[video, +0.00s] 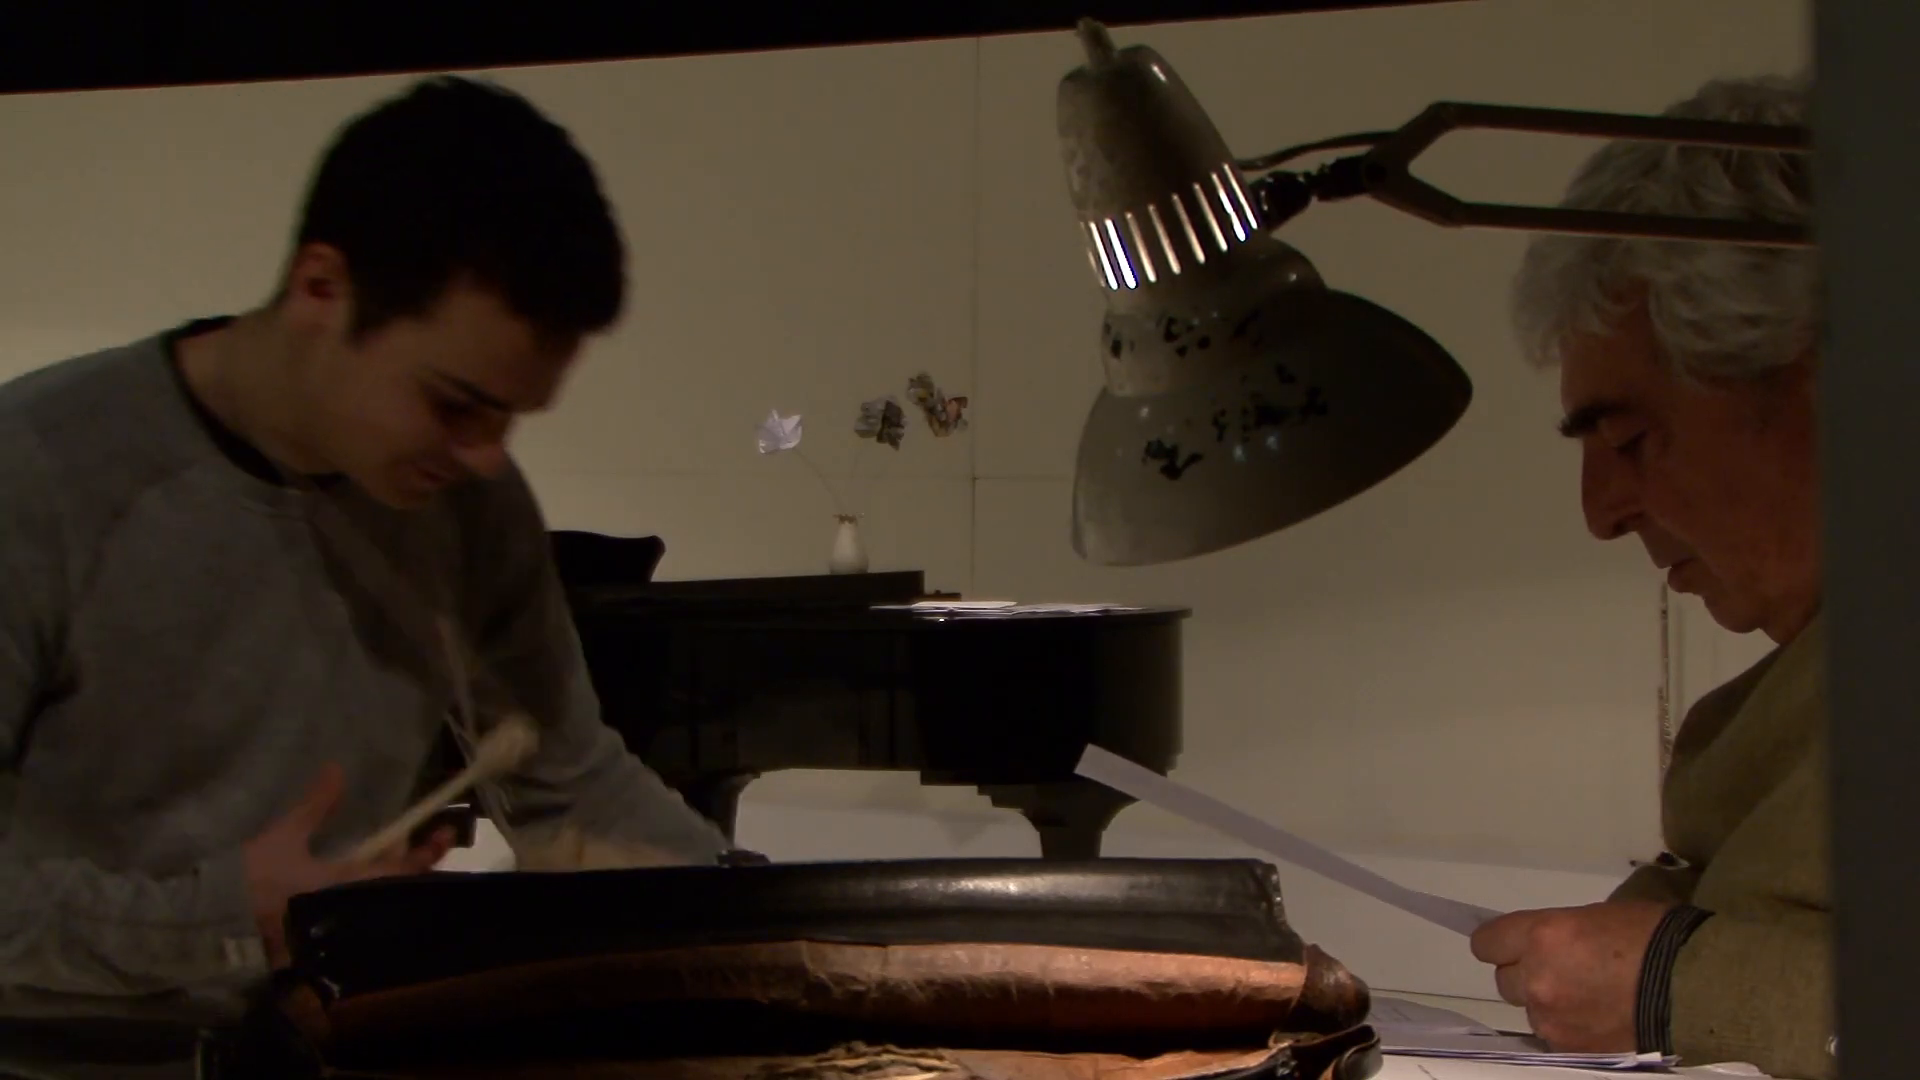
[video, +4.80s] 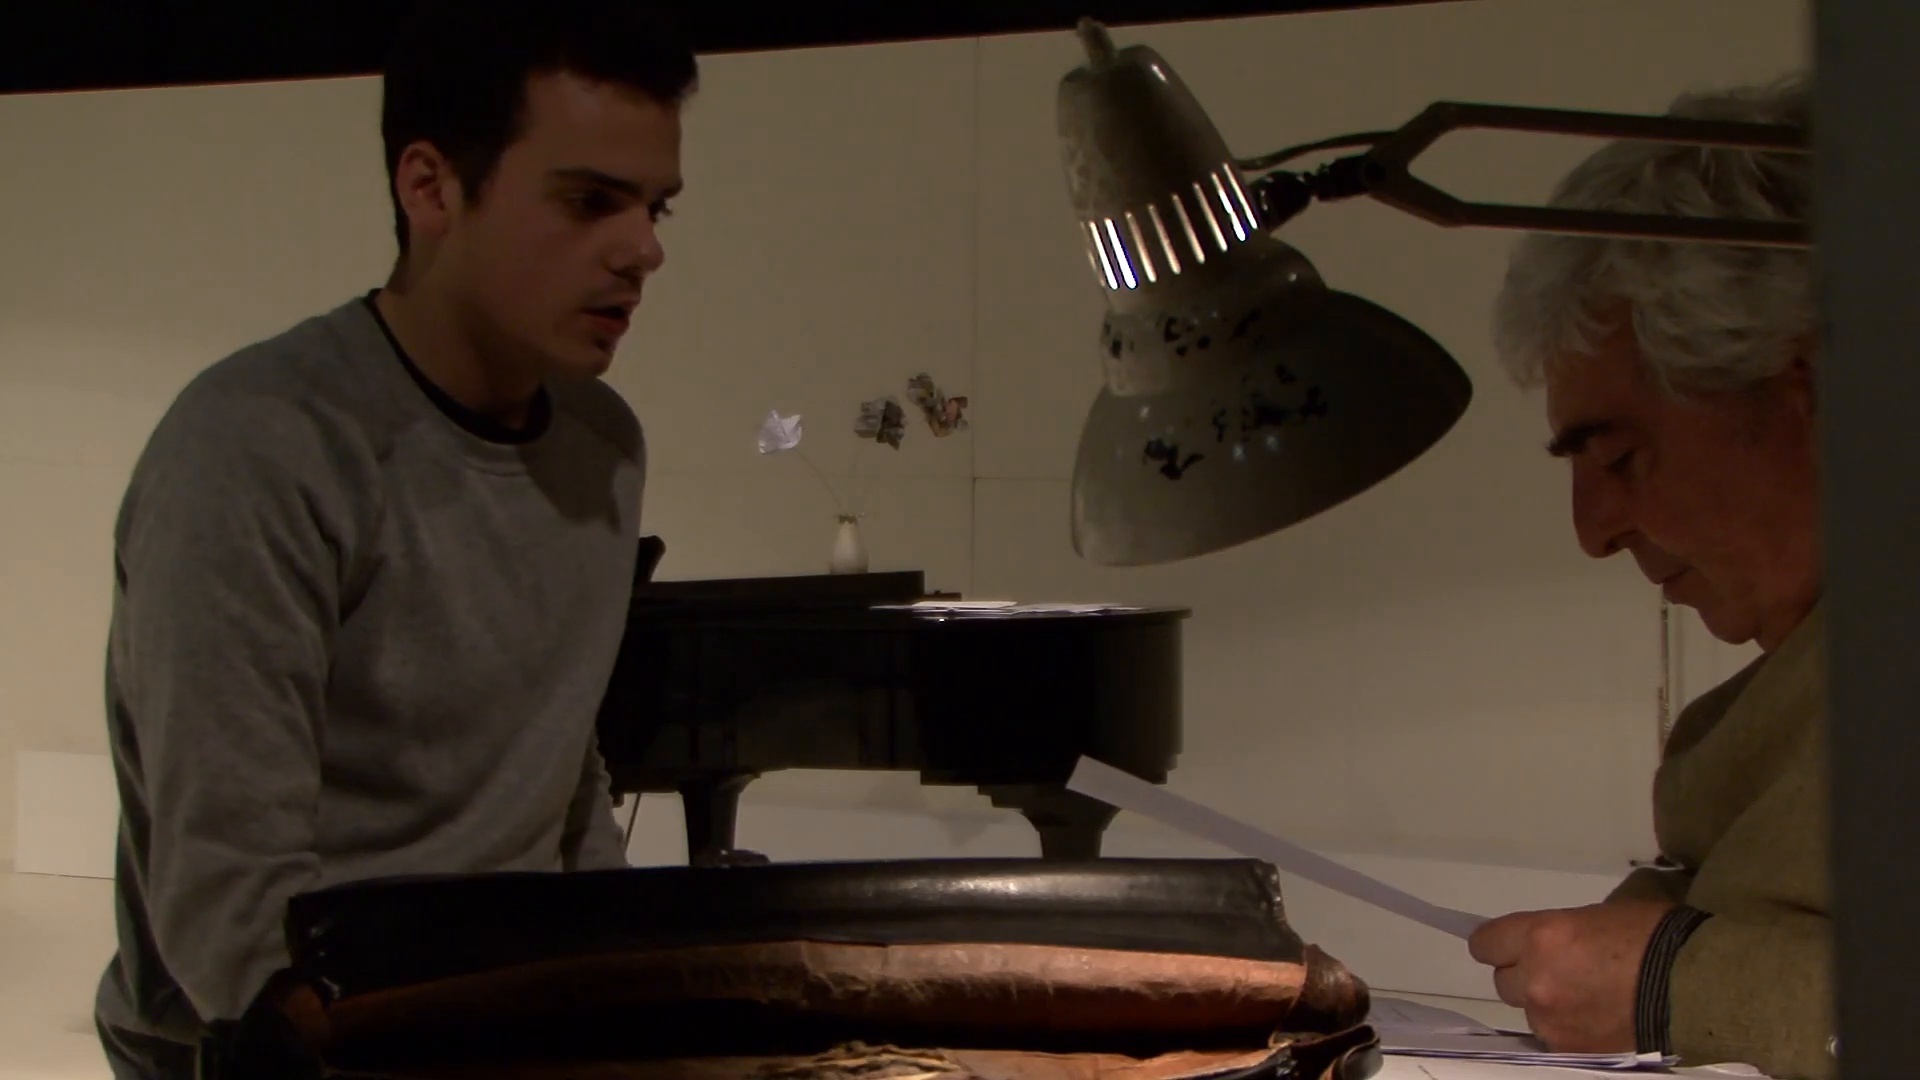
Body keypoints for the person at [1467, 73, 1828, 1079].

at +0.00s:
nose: (1604, 513)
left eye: (1630, 435)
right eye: (1593, 449)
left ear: (1810, 378)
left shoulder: (1876, 659)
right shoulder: (1792, 680)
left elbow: (1894, 1009)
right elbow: (1745, 873)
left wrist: (1675, 986)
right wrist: (1653, 933)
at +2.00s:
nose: (1600, 519)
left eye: (1624, 441)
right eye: (1589, 454)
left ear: (1808, 379)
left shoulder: (1874, 656)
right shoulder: (1799, 667)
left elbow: (1892, 1005)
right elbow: (1733, 873)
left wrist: (1674, 986)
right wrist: (1643, 945)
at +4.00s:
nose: (1596, 528)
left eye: (1622, 451)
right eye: (1585, 466)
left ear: (1801, 388)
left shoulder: (1876, 660)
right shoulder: (1790, 675)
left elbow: (1894, 1007)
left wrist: (1674, 985)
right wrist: (1648, 935)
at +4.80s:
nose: (1594, 533)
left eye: (1617, 455)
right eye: (1582, 470)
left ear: (1800, 383)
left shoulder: (1872, 661)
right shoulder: (1783, 685)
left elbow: (1889, 1008)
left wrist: (1674, 983)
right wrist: (1654, 930)